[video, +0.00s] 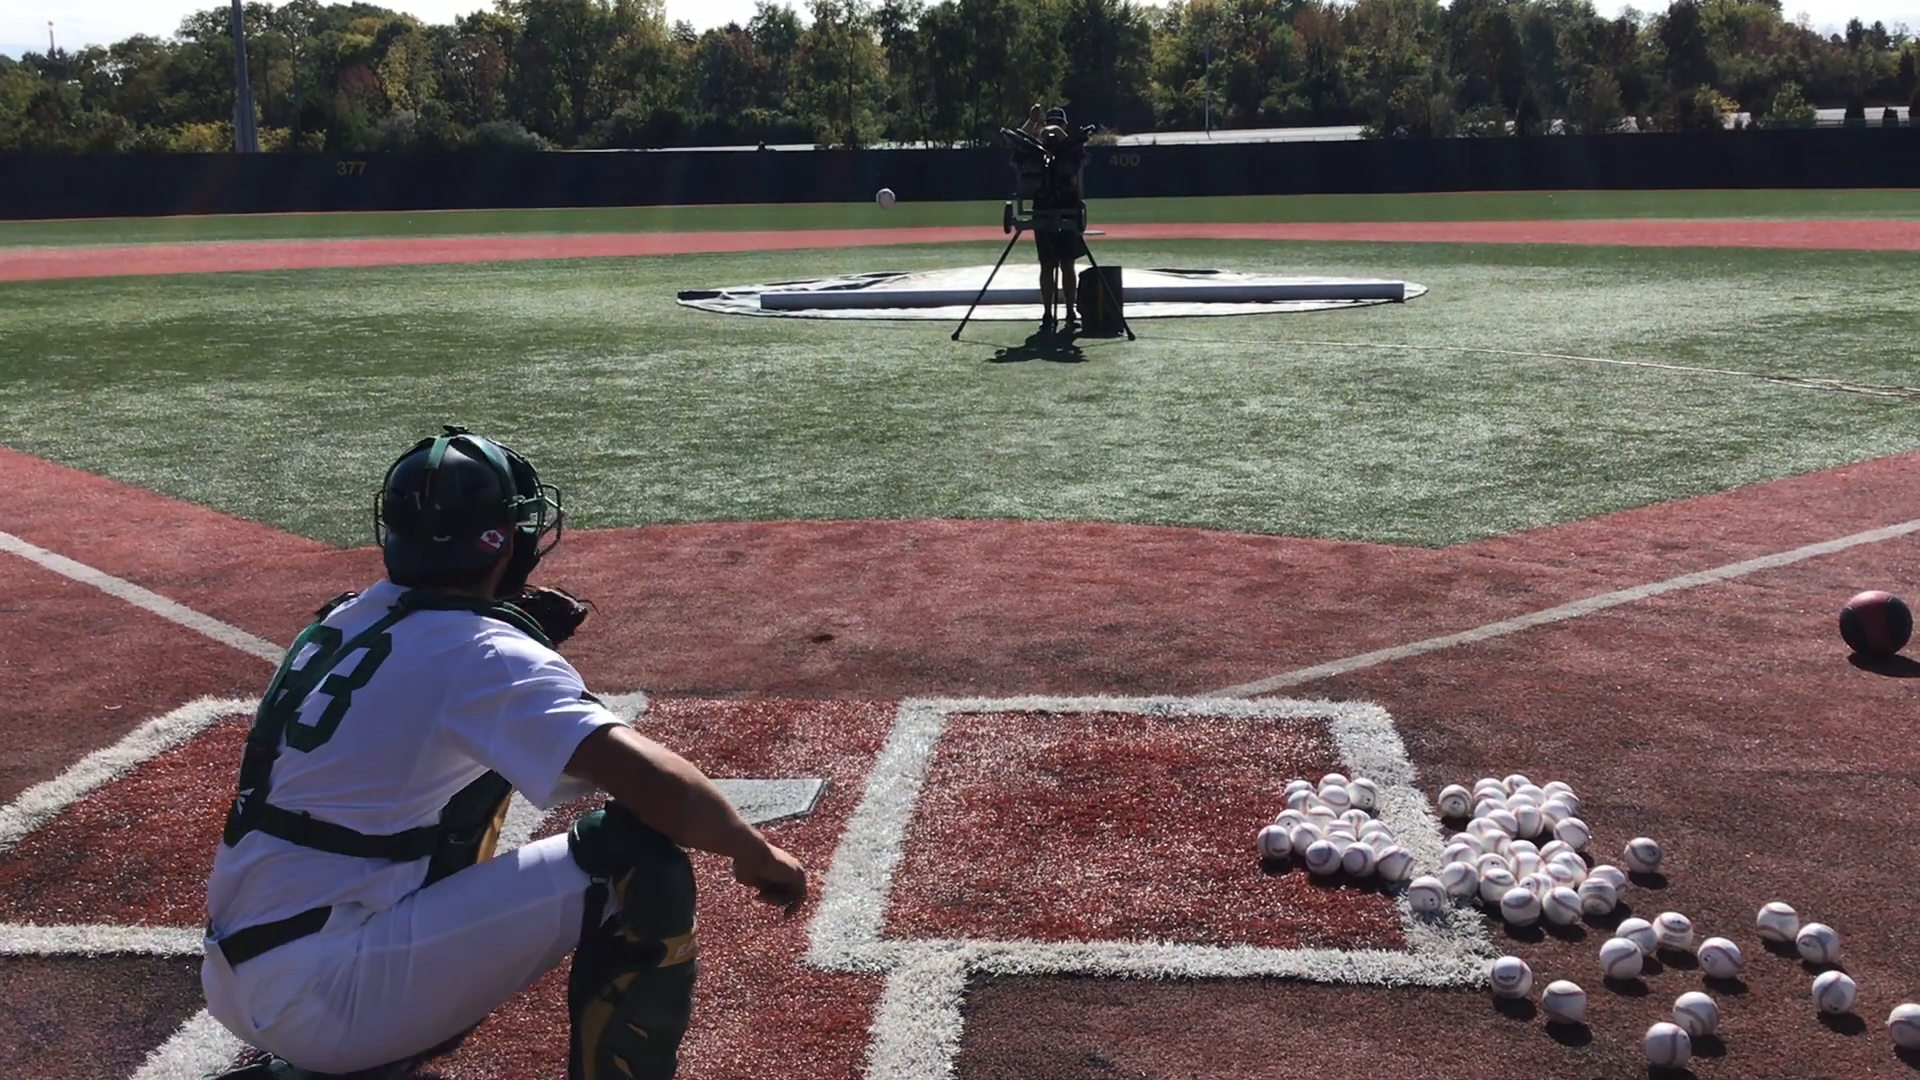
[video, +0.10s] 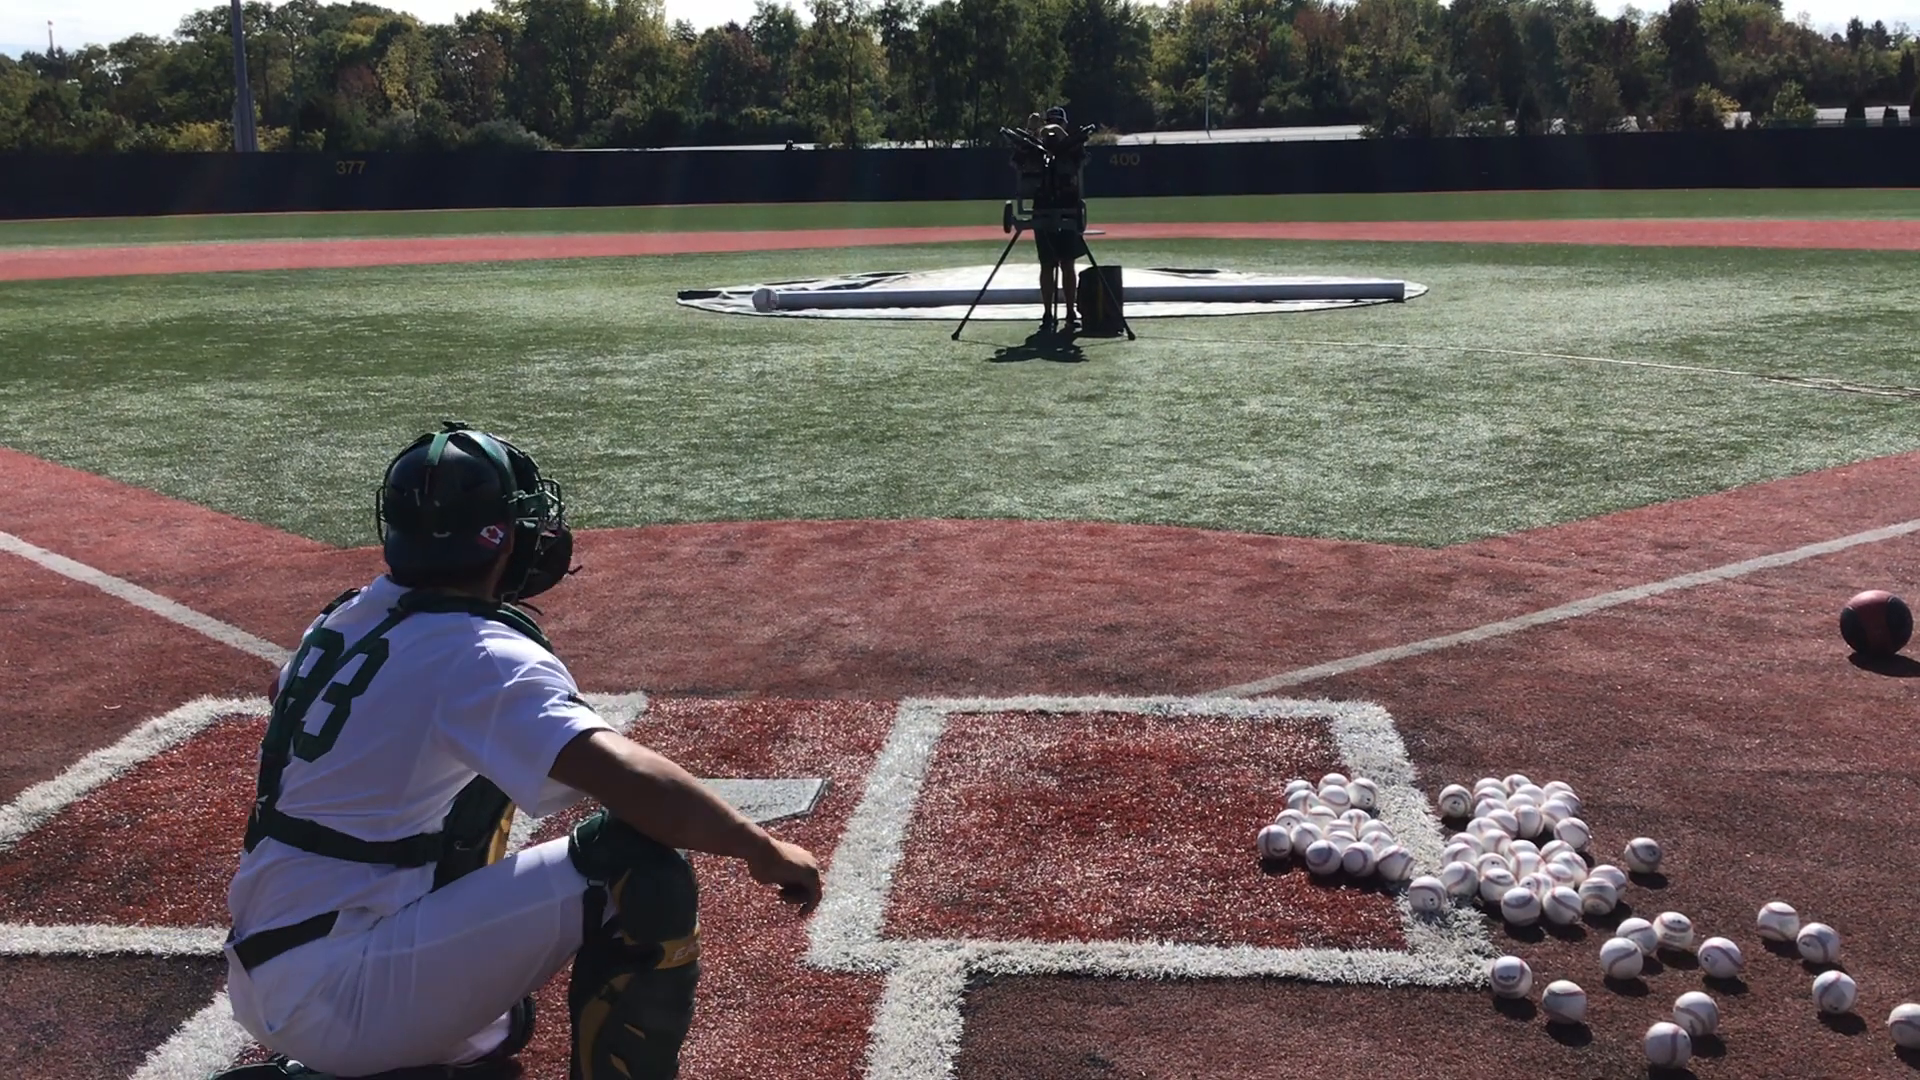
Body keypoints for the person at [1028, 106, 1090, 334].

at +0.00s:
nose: (1053, 133)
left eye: (1058, 129)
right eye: (1049, 129)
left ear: (1066, 130)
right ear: (1043, 131)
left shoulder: (1073, 149)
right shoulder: (1037, 149)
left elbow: (1078, 158)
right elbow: (1020, 146)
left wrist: (1062, 137)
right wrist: (1032, 122)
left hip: (1068, 213)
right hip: (1043, 214)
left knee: (1068, 266)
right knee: (1047, 268)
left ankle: (1070, 314)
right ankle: (1048, 315)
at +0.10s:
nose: (1054, 130)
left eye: (1058, 126)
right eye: (1050, 126)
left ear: (1066, 127)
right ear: (1044, 128)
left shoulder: (1073, 147)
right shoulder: (1037, 146)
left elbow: (1077, 163)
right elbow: (1020, 164)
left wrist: (1063, 140)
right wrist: (1031, 137)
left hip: (1068, 212)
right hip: (1043, 213)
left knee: (1068, 266)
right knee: (1047, 267)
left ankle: (1070, 313)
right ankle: (1048, 314)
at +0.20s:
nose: (1052, 130)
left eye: (1056, 126)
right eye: (1049, 126)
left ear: (1065, 126)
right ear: (1043, 126)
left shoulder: (1073, 145)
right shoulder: (1036, 147)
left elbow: (1076, 161)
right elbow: (1017, 157)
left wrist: (1063, 137)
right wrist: (1036, 139)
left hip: (1069, 212)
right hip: (1044, 212)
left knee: (1068, 266)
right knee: (1047, 267)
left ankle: (1070, 313)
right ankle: (1047, 314)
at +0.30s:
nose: (1051, 134)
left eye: (1055, 130)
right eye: (1047, 130)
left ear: (1063, 130)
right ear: (1040, 131)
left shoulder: (1072, 149)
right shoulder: (1036, 151)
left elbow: (1078, 156)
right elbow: (1017, 157)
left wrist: (1063, 136)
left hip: (1068, 214)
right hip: (1044, 215)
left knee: (1068, 266)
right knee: (1047, 267)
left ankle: (1070, 313)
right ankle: (1048, 314)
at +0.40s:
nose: (1051, 133)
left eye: (1055, 128)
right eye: (1048, 129)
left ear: (1065, 128)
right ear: (1042, 130)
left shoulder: (1073, 149)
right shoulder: (1037, 150)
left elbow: (1077, 155)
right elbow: (1017, 157)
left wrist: (1064, 135)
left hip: (1069, 214)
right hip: (1044, 215)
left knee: (1068, 266)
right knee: (1048, 267)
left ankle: (1070, 314)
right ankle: (1048, 314)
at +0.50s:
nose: (1051, 133)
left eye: (1055, 129)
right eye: (1048, 129)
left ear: (1064, 130)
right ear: (1042, 132)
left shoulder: (1071, 150)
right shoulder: (1037, 151)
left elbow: (1081, 156)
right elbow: (1018, 157)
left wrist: (1065, 134)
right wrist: (1034, 140)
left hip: (1069, 214)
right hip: (1044, 215)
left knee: (1068, 266)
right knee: (1048, 267)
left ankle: (1070, 313)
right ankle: (1048, 313)